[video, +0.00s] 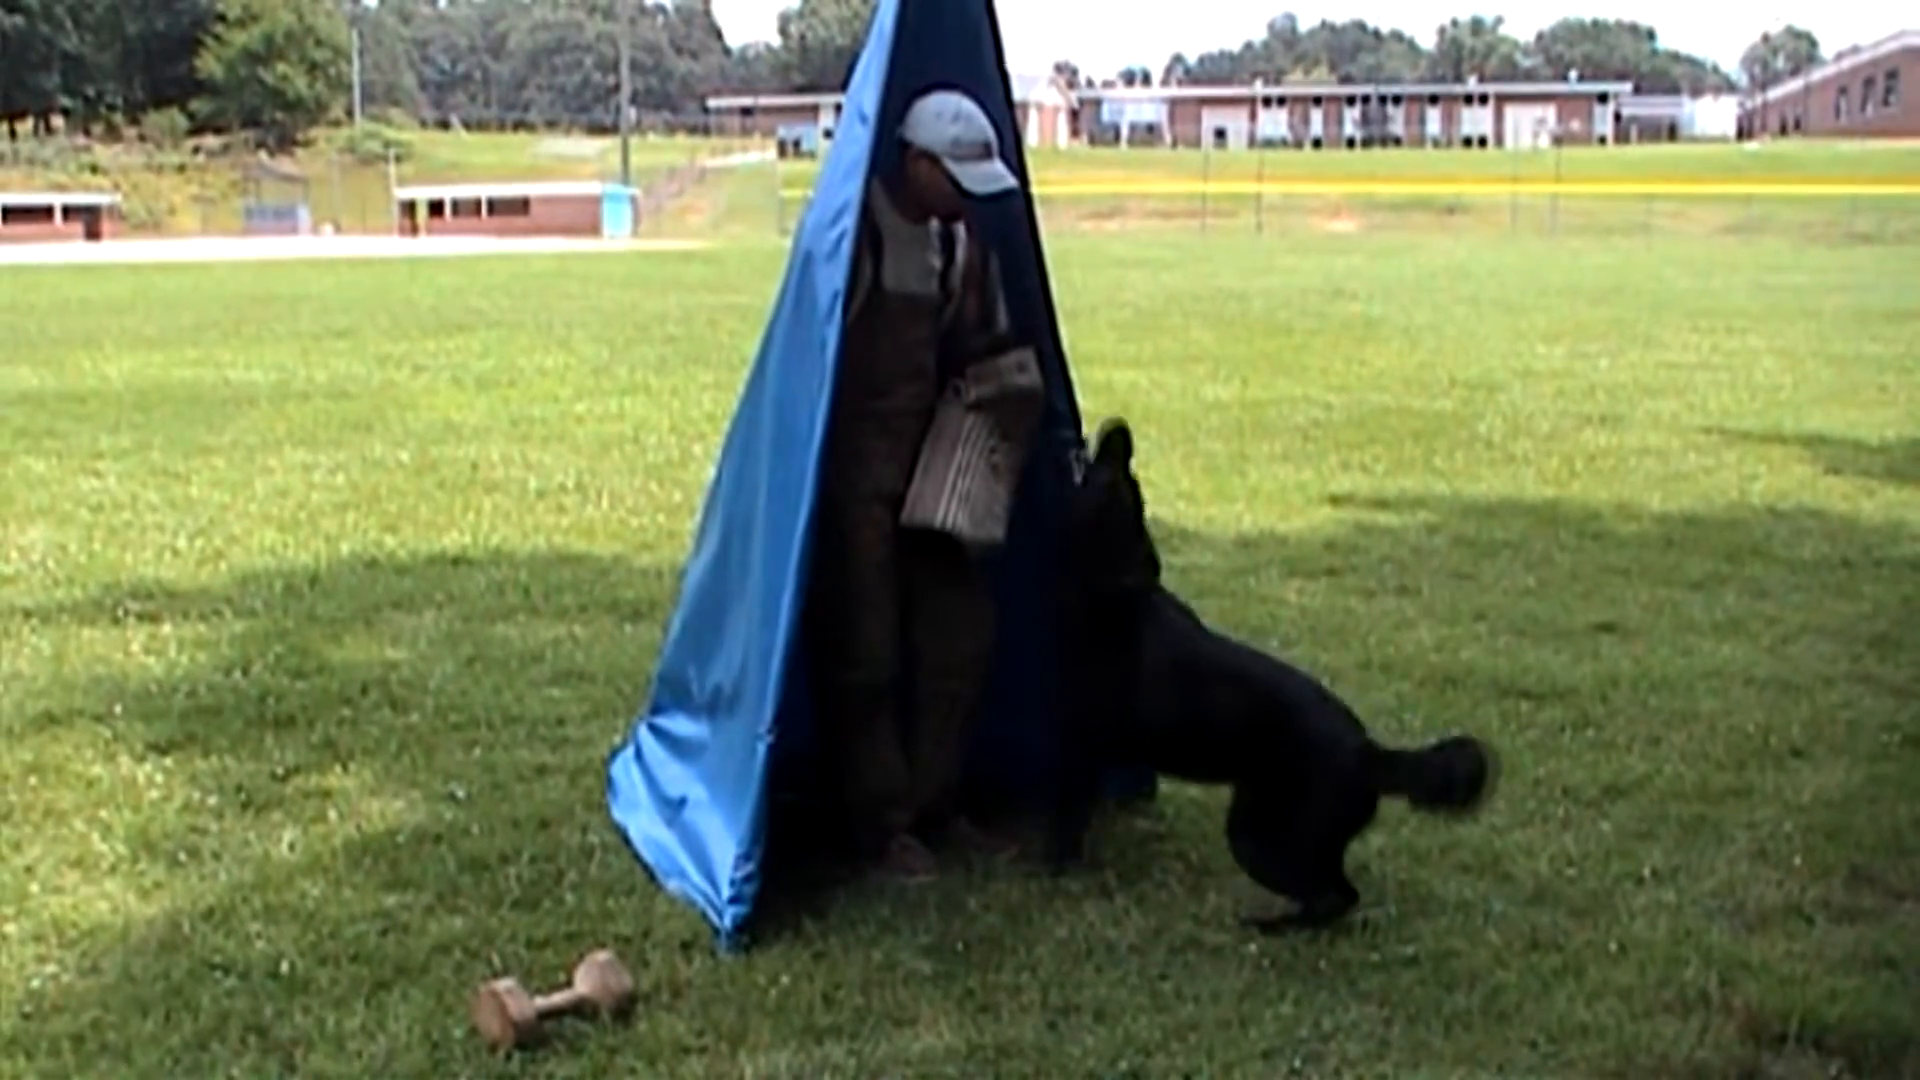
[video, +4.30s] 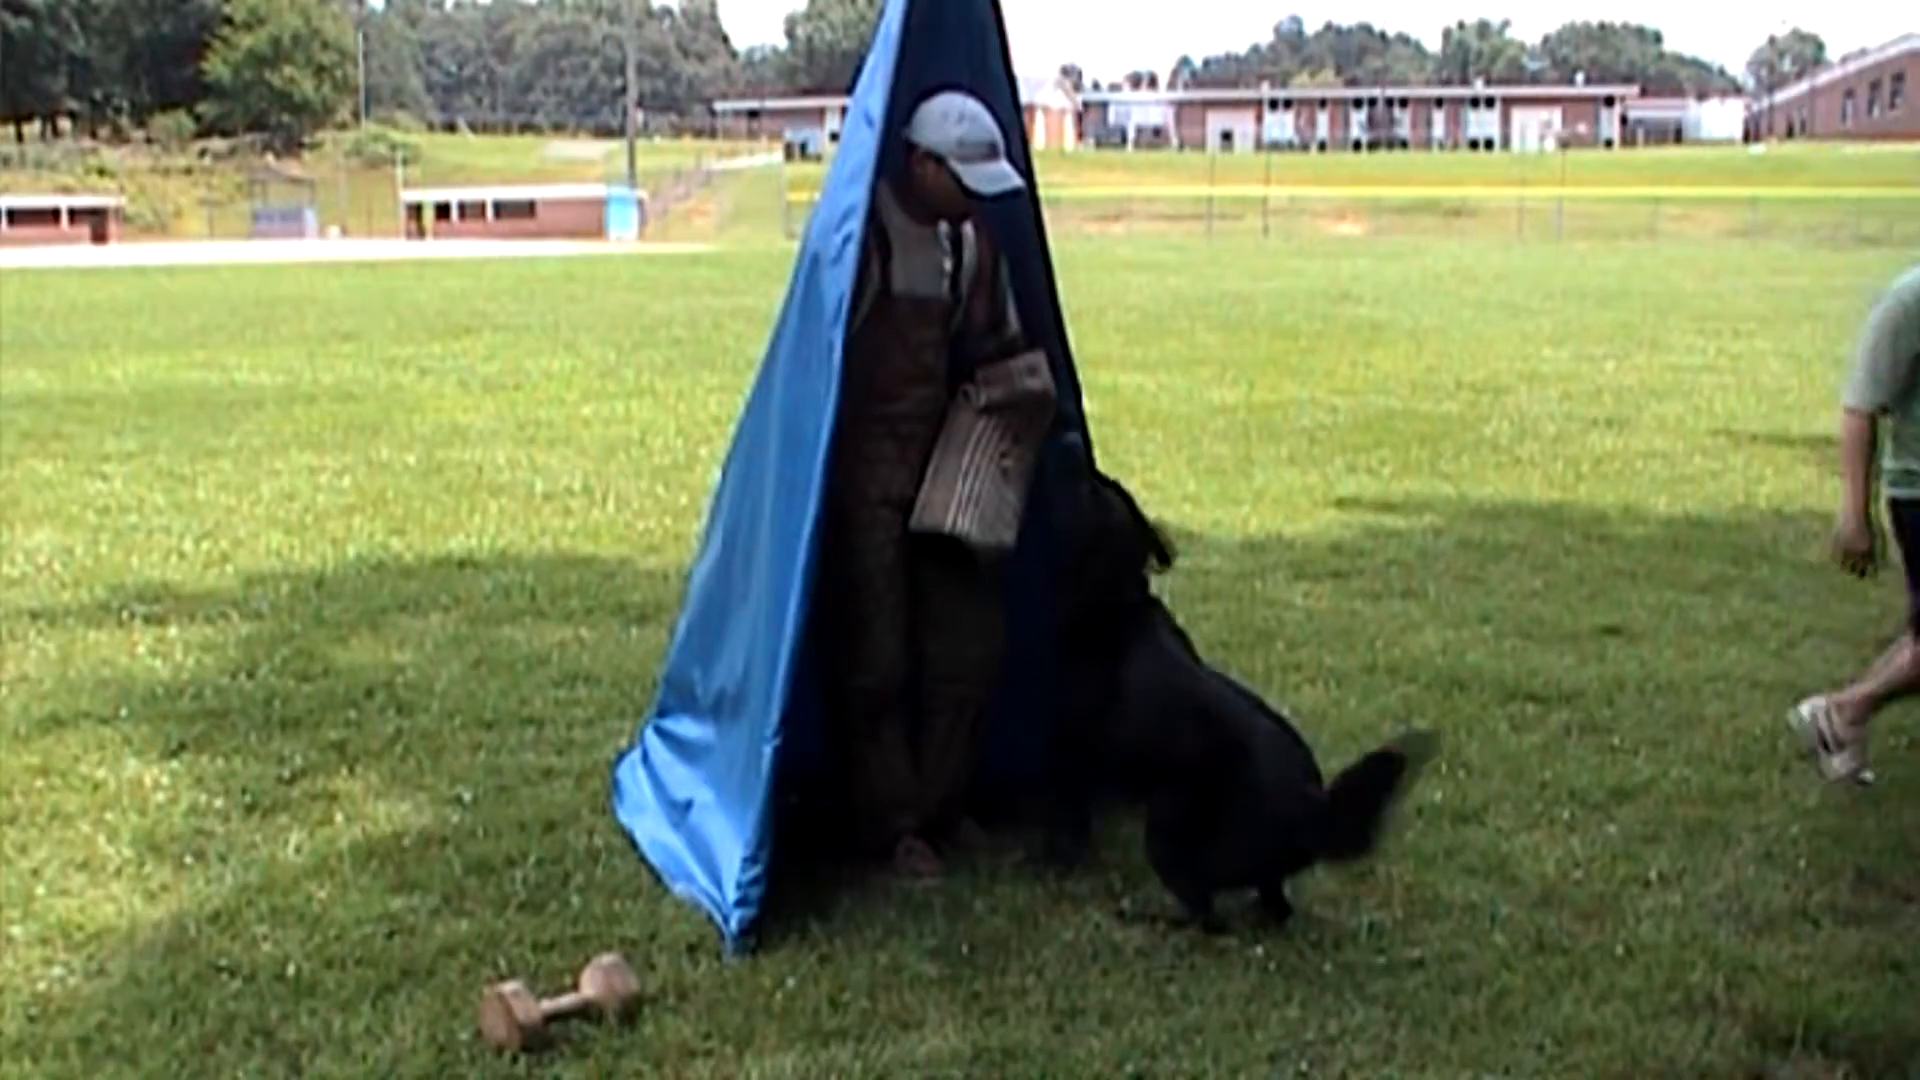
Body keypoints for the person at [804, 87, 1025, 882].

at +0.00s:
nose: (964, 198)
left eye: (971, 183)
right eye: (954, 180)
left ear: (965, 174)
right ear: (912, 162)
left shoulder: (967, 248)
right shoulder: (848, 241)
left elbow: (995, 361)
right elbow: (809, 370)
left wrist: (1003, 382)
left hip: (945, 478)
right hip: (856, 480)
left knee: (952, 640)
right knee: (871, 652)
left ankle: (938, 808)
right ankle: (881, 826)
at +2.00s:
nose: (977, 199)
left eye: (984, 185)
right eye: (968, 182)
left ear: (980, 174)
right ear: (925, 164)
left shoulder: (981, 251)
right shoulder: (862, 245)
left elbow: (1007, 362)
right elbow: (821, 367)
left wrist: (1026, 384)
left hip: (960, 482)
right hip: (872, 483)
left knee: (970, 643)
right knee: (886, 656)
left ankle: (952, 811)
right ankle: (898, 831)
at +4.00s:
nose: (970, 199)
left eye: (977, 185)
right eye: (961, 182)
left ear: (971, 174)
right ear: (919, 163)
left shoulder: (974, 247)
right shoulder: (857, 242)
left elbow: (999, 358)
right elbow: (817, 364)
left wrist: (1019, 387)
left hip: (954, 480)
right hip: (866, 481)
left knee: (962, 642)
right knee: (879, 654)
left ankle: (944, 809)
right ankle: (892, 828)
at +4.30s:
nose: (971, 199)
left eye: (978, 186)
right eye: (961, 182)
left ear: (974, 174)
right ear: (917, 163)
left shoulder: (975, 245)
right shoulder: (855, 241)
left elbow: (997, 355)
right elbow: (815, 365)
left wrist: (1022, 384)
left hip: (955, 484)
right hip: (866, 486)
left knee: (961, 646)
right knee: (880, 658)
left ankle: (944, 813)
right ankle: (892, 829)